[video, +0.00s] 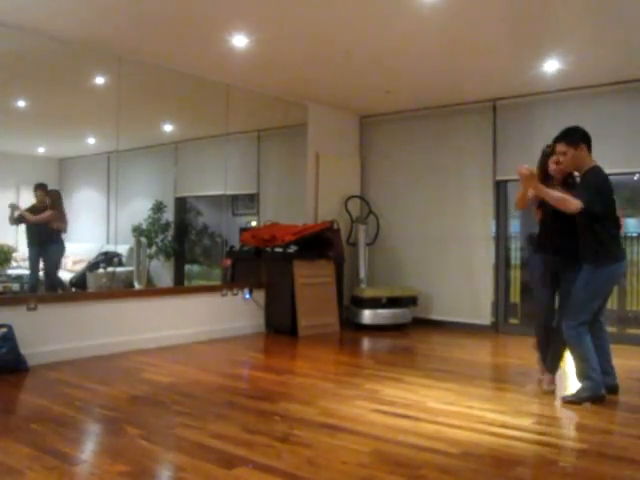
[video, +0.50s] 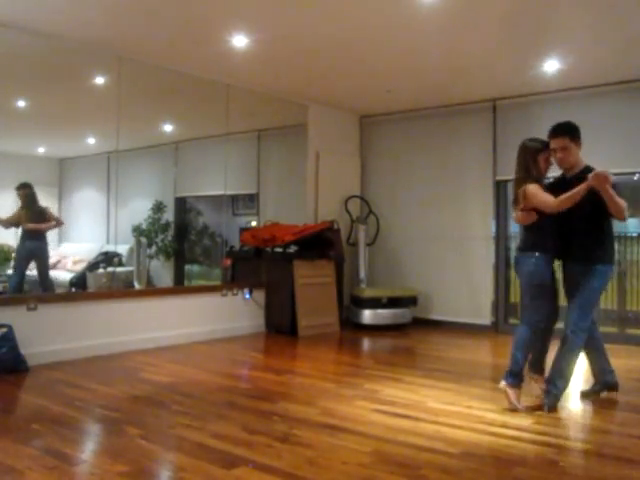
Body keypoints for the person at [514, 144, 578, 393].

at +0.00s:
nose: (558, 162)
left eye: (562, 158)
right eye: (553, 158)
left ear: (569, 163)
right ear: (545, 162)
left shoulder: (576, 187)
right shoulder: (541, 186)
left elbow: (590, 211)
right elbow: (521, 205)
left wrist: (614, 220)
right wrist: (527, 185)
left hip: (572, 256)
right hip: (545, 254)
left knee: (565, 314)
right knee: (543, 309)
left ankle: (551, 369)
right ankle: (544, 363)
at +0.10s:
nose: (559, 162)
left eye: (561, 158)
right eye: (553, 158)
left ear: (567, 160)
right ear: (544, 162)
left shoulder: (572, 185)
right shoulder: (539, 185)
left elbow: (587, 212)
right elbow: (529, 204)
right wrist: (546, 178)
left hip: (570, 254)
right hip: (543, 252)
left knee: (563, 319)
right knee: (540, 313)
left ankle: (546, 370)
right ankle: (521, 365)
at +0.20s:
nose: (557, 164)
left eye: (559, 159)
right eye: (552, 160)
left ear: (563, 162)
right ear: (541, 164)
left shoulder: (569, 186)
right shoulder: (537, 189)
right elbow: (534, 215)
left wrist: (571, 195)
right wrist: (556, 193)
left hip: (567, 255)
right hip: (541, 254)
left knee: (560, 317)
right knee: (536, 314)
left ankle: (542, 369)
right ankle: (510, 369)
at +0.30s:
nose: (556, 164)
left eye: (557, 159)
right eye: (551, 159)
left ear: (557, 162)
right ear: (539, 162)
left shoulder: (555, 189)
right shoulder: (534, 188)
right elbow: (543, 211)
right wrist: (570, 195)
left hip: (558, 258)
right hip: (539, 257)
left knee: (559, 316)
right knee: (532, 317)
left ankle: (540, 366)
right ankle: (508, 372)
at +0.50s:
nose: (549, 165)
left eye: (549, 159)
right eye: (544, 159)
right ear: (531, 160)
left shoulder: (539, 187)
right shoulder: (528, 189)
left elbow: (558, 199)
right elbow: (555, 205)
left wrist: (590, 182)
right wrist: (587, 185)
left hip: (543, 257)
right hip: (532, 257)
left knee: (549, 314)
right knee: (534, 317)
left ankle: (535, 369)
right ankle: (512, 378)